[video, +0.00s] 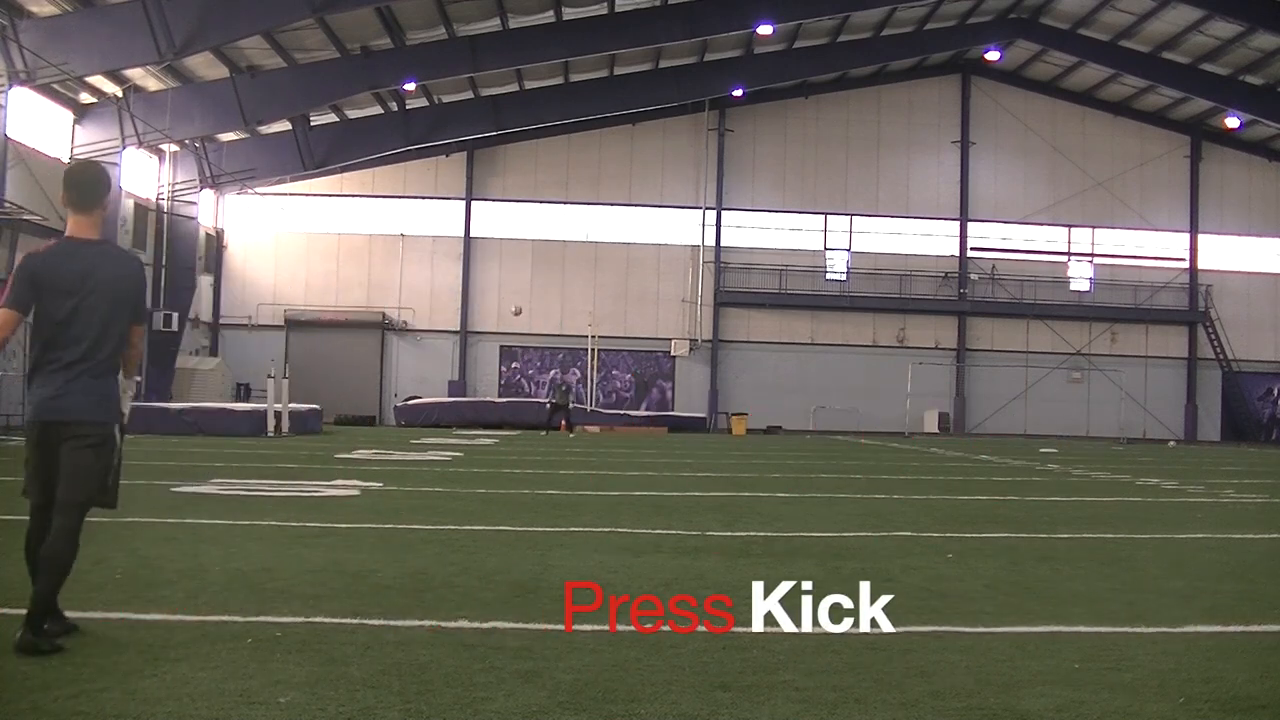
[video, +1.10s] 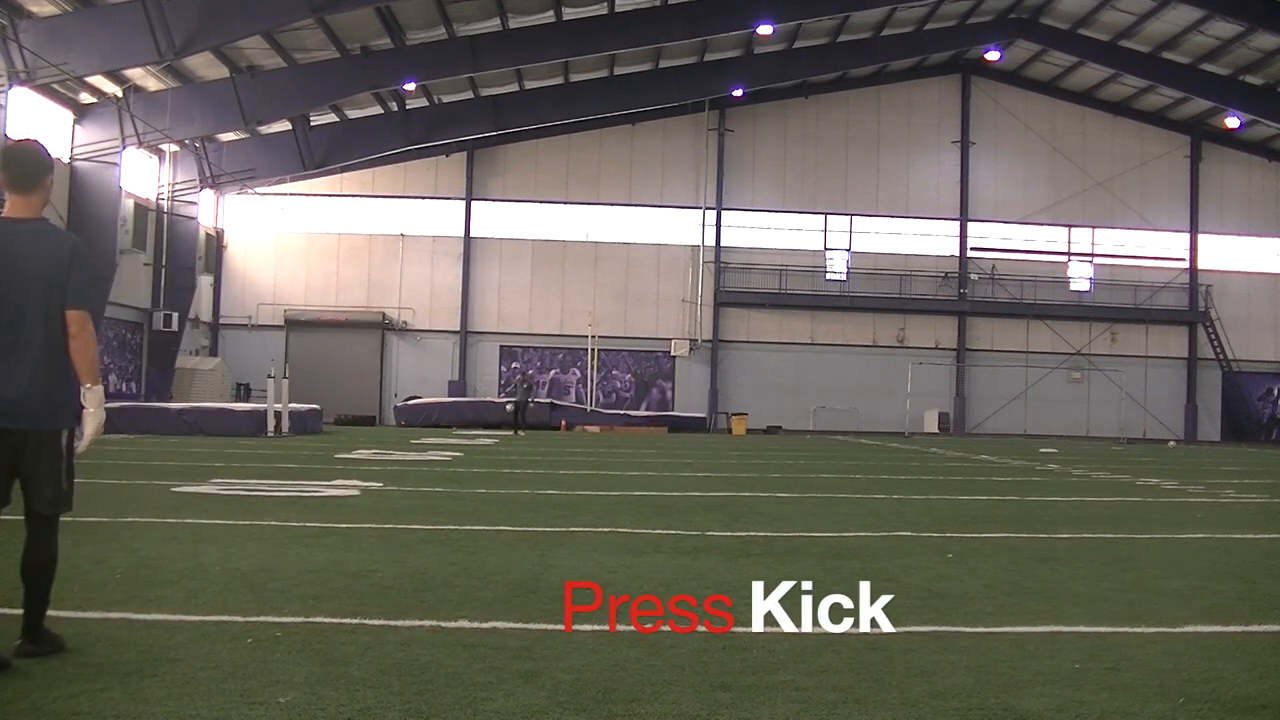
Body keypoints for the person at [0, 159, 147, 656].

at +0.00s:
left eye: (63, 198)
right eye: (103, 197)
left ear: (63, 201)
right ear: (107, 202)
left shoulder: (37, 262)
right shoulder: (130, 267)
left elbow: (4, 330)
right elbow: (133, 355)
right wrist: (118, 363)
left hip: (44, 408)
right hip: (95, 412)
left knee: (42, 511)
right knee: (68, 518)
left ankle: (48, 613)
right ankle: (34, 627)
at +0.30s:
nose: (103, 203)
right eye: (106, 195)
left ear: (60, 192)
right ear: (105, 197)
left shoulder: (19, 247)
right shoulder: (108, 260)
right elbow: (127, 335)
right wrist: (140, 397)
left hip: (11, 401)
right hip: (61, 406)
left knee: (29, 508)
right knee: (42, 515)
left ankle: (36, 611)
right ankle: (27, 631)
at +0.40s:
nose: (100, 201)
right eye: (102, 193)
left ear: (56, 190)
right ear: (100, 196)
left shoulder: (15, 245)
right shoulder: (103, 257)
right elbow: (118, 337)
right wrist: (130, 399)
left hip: (7, 401)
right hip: (55, 408)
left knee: (22, 509)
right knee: (39, 516)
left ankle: (20, 618)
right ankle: (25, 631)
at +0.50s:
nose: (95, 201)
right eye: (97, 193)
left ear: (51, 190)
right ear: (95, 196)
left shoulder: (12, 244)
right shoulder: (96, 257)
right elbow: (108, 338)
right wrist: (120, 401)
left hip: (5, 403)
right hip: (53, 409)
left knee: (12, 510)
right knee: (39, 519)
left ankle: (5, 616)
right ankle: (26, 631)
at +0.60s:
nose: (87, 201)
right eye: (90, 192)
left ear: (45, 190)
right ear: (89, 195)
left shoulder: (9, 244)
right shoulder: (92, 257)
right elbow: (100, 338)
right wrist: (113, 406)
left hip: (3, 406)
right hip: (53, 412)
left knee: (5, 518)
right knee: (40, 523)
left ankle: (6, 622)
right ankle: (26, 632)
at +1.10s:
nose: (48, 187)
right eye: (50, 179)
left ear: (2, 183)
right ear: (48, 182)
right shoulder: (66, 247)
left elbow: (77, 327)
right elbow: (76, 326)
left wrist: (92, 396)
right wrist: (94, 397)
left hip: (6, 412)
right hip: (40, 412)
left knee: (33, 522)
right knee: (42, 523)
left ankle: (26, 632)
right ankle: (32, 631)